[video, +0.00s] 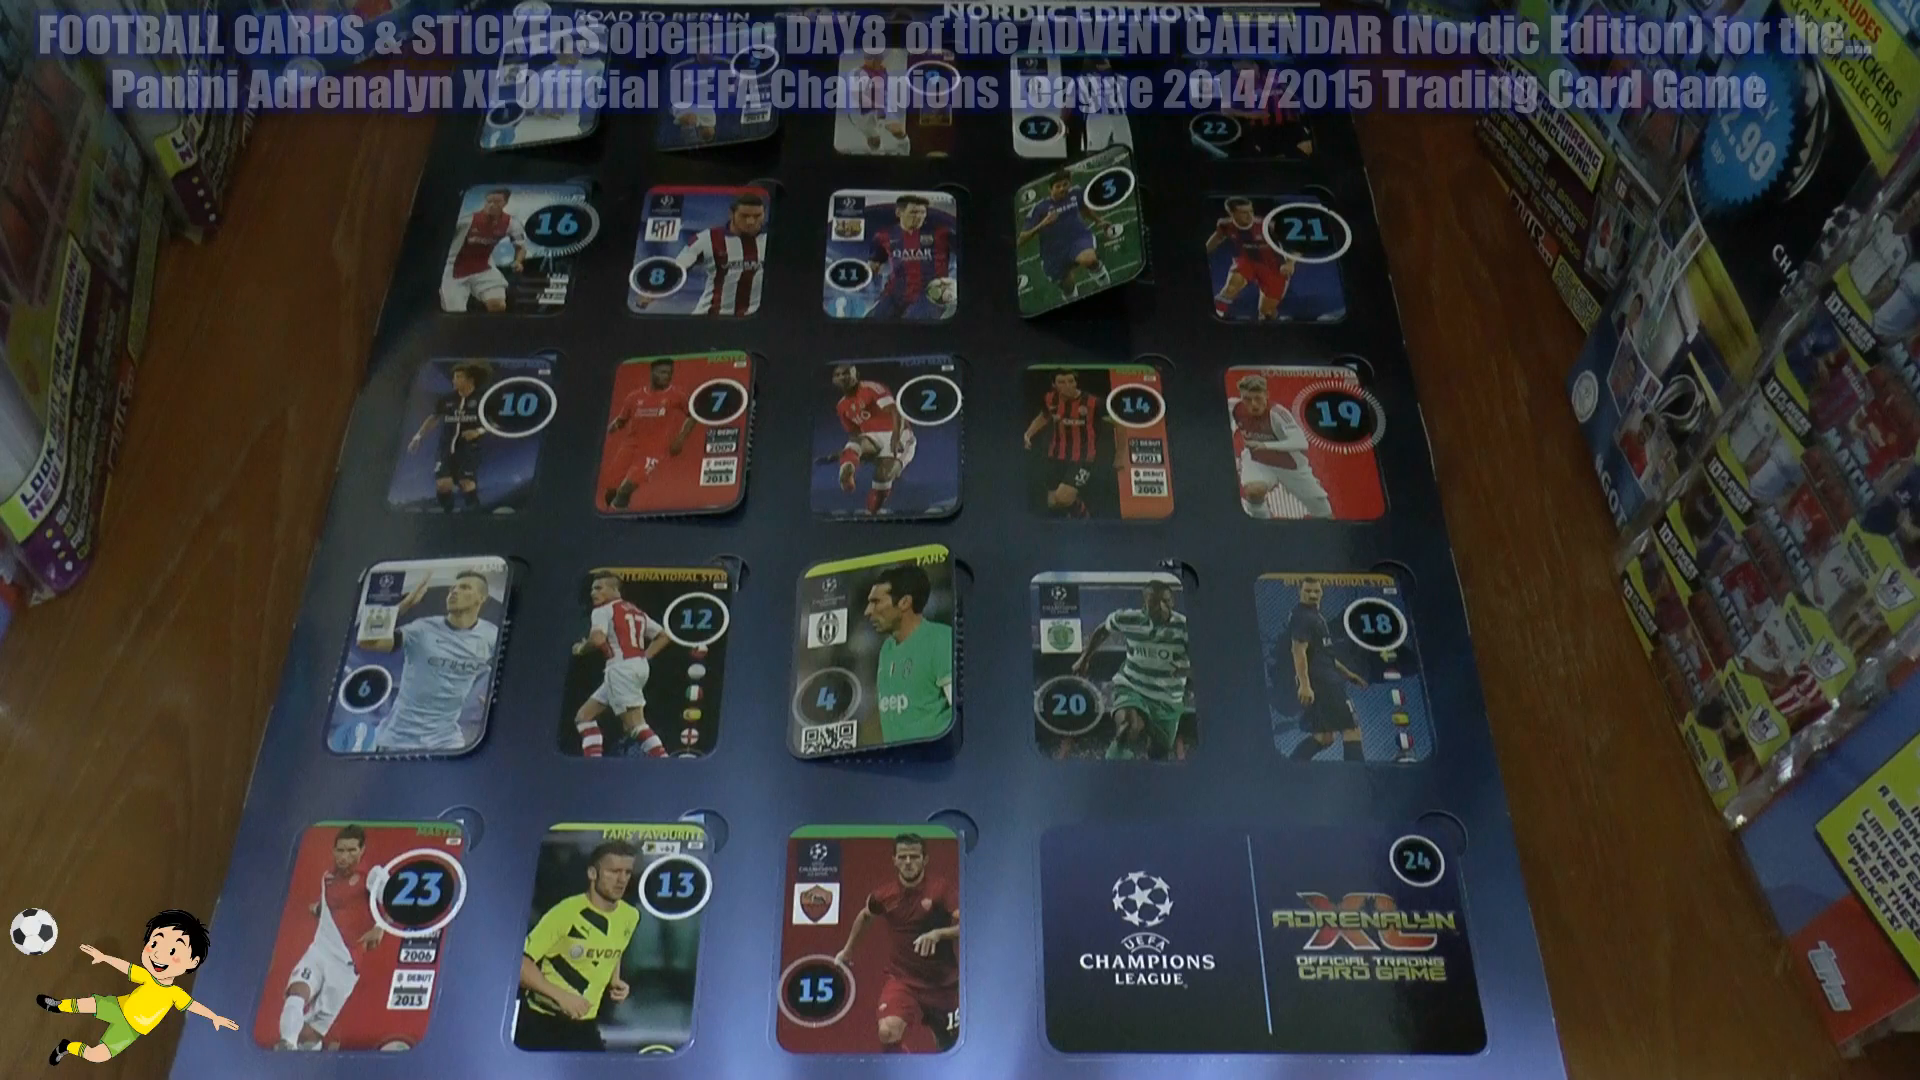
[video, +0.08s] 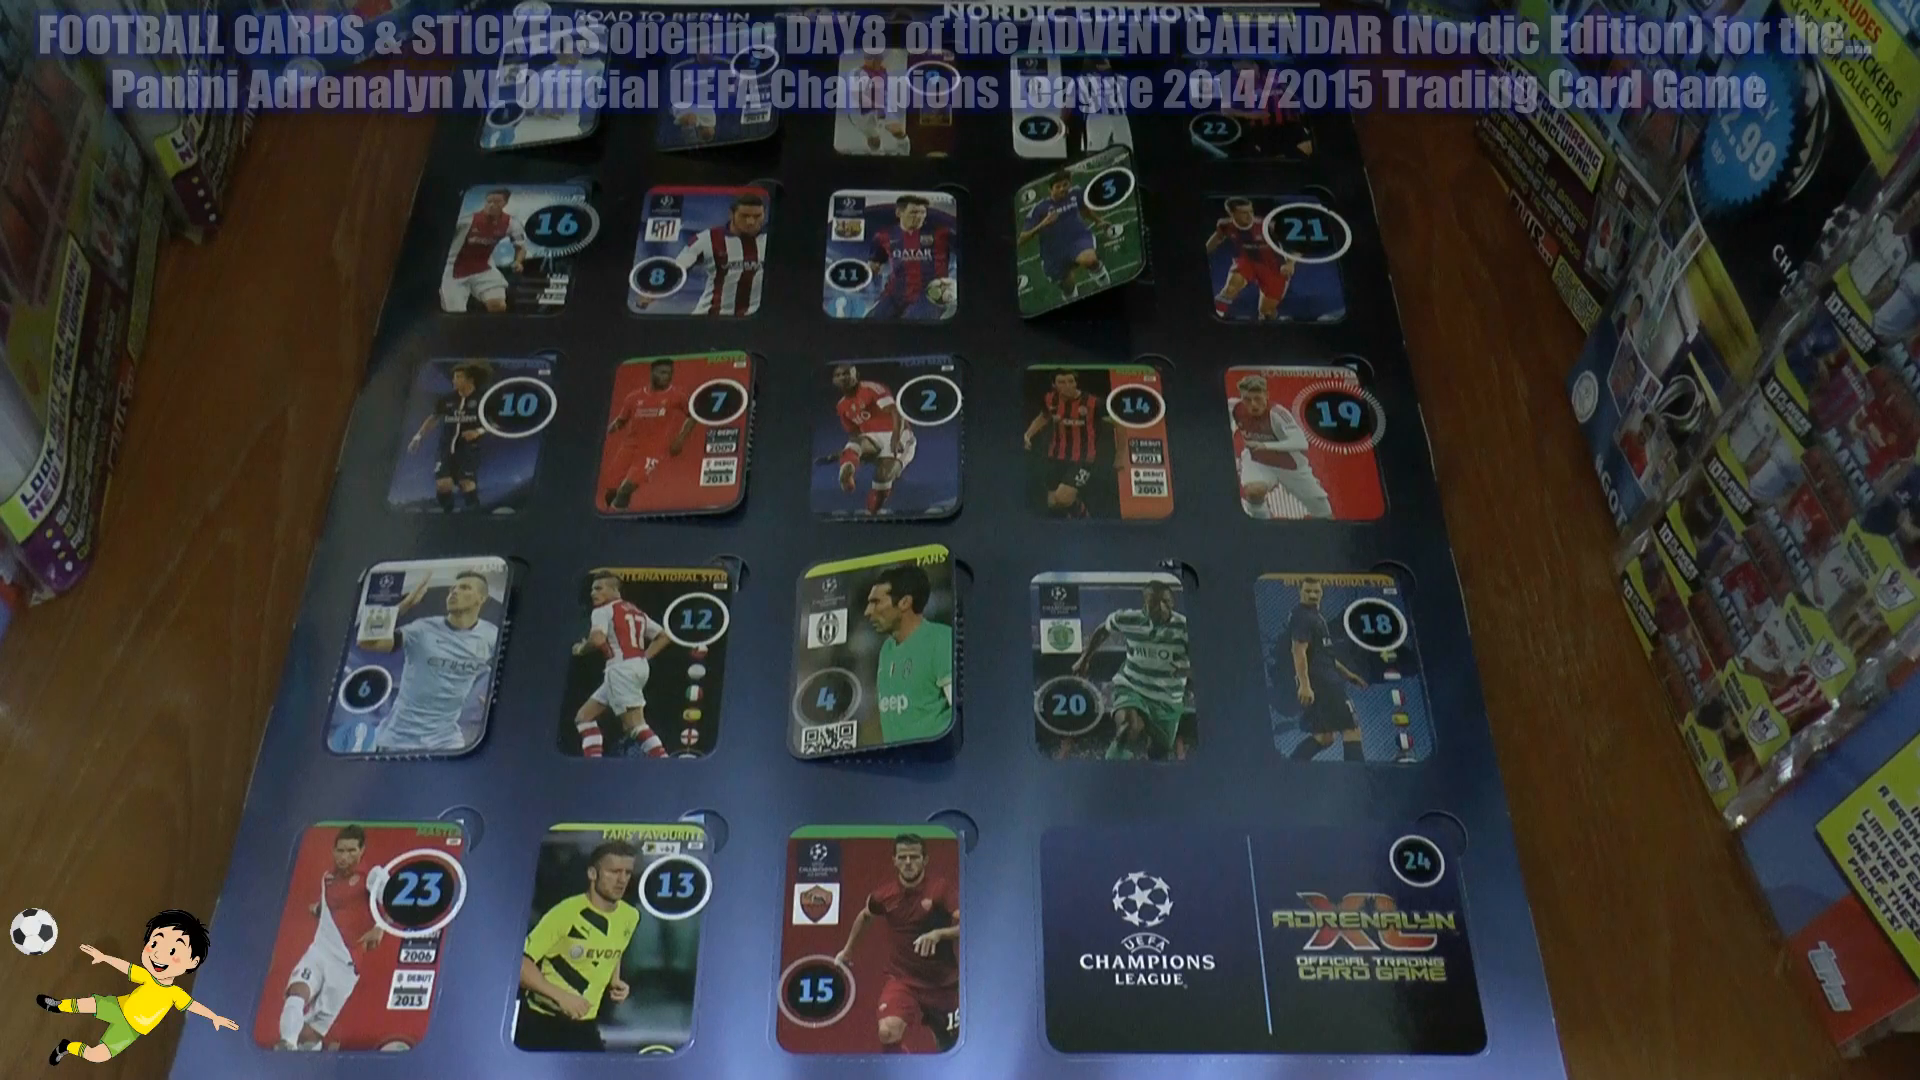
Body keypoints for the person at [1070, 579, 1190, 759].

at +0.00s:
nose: (1160, 607)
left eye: (1165, 601)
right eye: (1154, 602)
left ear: (1172, 603)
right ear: (1145, 602)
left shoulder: (1184, 626)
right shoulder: (1125, 619)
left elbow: (1199, 663)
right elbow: (1103, 631)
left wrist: (1186, 670)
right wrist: (1084, 658)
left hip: (1168, 701)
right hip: (1131, 689)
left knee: (1159, 758)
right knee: (1129, 729)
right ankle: (1106, 780)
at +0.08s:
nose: (1160, 607)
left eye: (1165, 601)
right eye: (1154, 602)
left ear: (1172, 603)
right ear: (1145, 603)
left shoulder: (1184, 626)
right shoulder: (1126, 619)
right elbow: (1103, 630)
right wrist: (1084, 658)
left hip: (1168, 700)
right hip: (1131, 689)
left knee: (1159, 757)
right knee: (1129, 729)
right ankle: (1107, 780)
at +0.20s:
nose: (1160, 607)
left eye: (1165, 601)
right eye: (1154, 602)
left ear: (1172, 603)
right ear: (1145, 603)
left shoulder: (1184, 626)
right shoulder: (1126, 620)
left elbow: (1199, 665)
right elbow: (1103, 630)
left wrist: (1186, 670)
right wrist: (1084, 658)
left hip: (1168, 700)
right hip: (1131, 689)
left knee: (1158, 758)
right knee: (1129, 730)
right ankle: (1106, 781)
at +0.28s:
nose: (1160, 607)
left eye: (1165, 601)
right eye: (1154, 601)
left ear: (1172, 603)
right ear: (1145, 603)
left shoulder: (1184, 626)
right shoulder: (1125, 619)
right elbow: (1103, 631)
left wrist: (1186, 670)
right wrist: (1084, 658)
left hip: (1168, 700)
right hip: (1131, 689)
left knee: (1159, 758)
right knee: (1129, 730)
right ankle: (1107, 781)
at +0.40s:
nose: (1160, 607)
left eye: (1165, 601)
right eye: (1154, 602)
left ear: (1172, 603)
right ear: (1145, 603)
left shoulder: (1184, 626)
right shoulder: (1125, 620)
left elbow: (1197, 664)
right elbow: (1103, 631)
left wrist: (1184, 670)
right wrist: (1084, 658)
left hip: (1168, 700)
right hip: (1131, 689)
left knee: (1159, 757)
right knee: (1128, 730)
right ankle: (1107, 782)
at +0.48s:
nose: (1160, 607)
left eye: (1165, 601)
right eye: (1154, 602)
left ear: (1172, 603)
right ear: (1145, 603)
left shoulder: (1184, 626)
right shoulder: (1126, 620)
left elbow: (1198, 664)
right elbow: (1103, 631)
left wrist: (1185, 670)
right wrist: (1084, 658)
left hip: (1168, 701)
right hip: (1131, 690)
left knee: (1159, 758)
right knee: (1128, 730)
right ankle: (1106, 783)